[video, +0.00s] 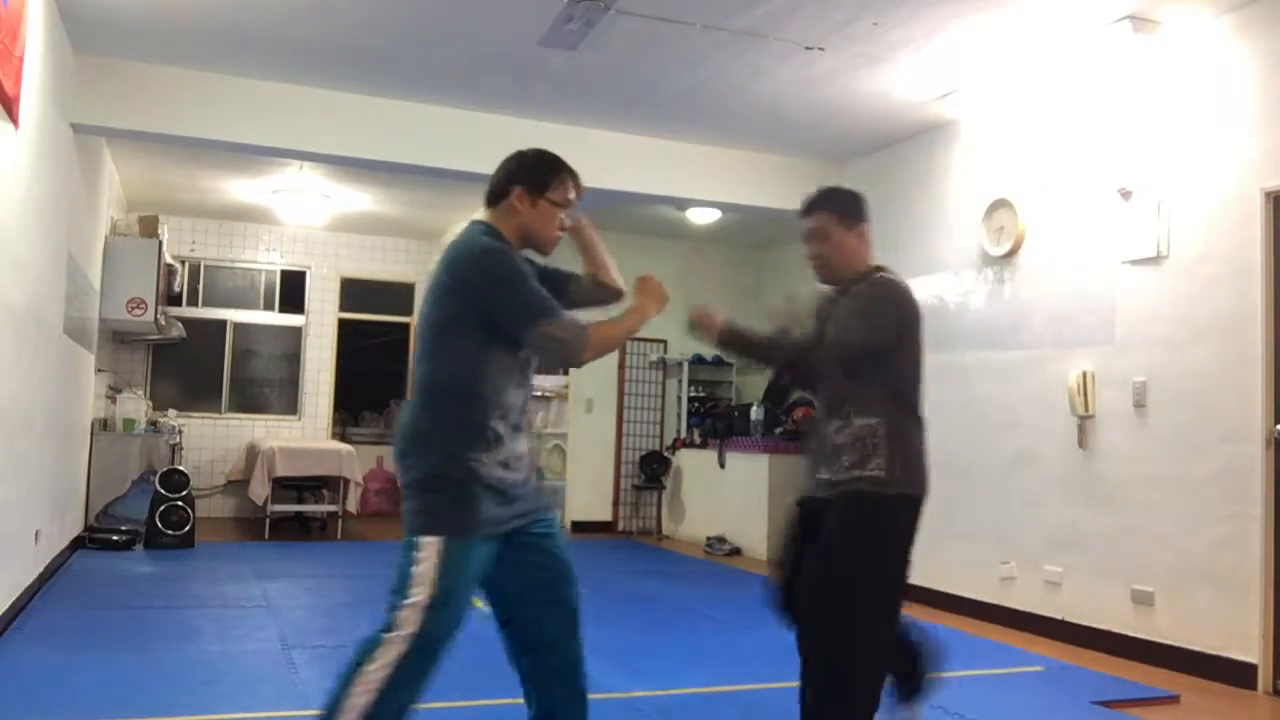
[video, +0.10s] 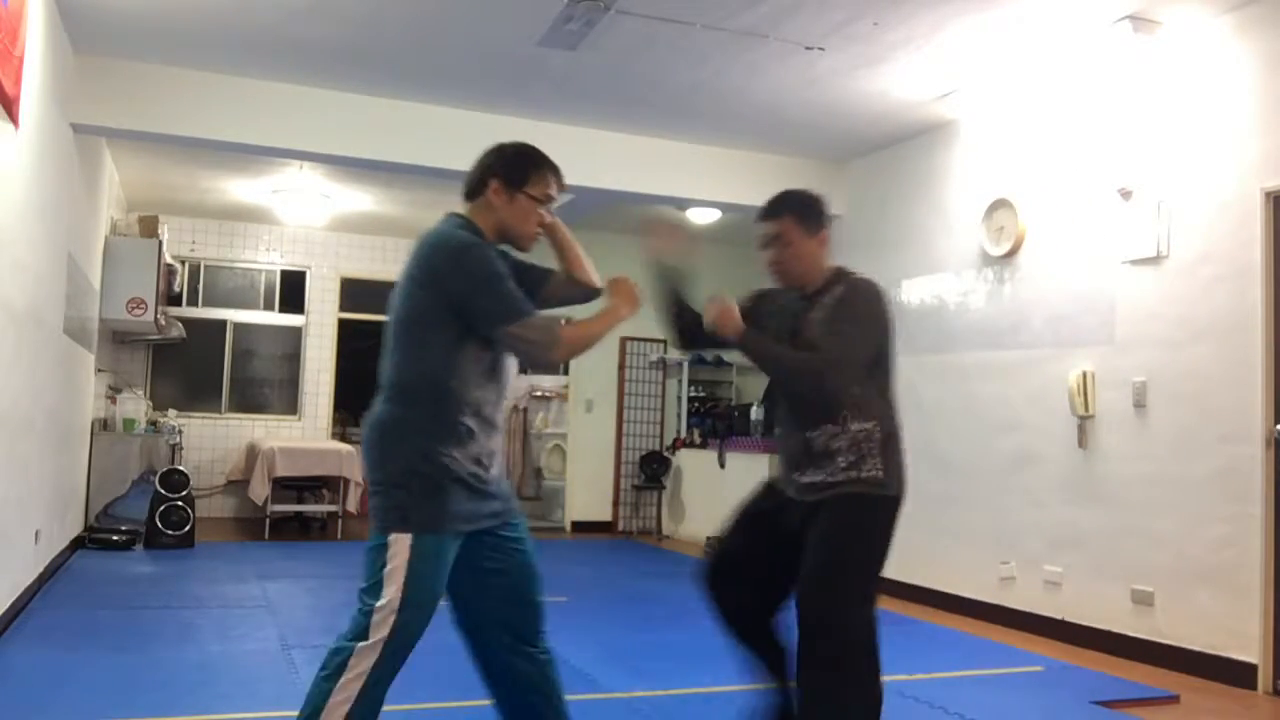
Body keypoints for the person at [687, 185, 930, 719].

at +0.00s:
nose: (812, 250)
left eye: (821, 237)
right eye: (807, 240)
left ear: (859, 234)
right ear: (808, 242)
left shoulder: (884, 296)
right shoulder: (836, 304)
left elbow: (825, 356)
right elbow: (817, 368)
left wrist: (727, 334)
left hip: (880, 487)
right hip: (836, 484)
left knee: (845, 611)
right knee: (801, 594)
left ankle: (835, 710)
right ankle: (902, 654)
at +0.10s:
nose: (770, 257)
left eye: (780, 243)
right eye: (765, 247)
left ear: (820, 237)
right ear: (766, 249)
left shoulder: (858, 298)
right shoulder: (773, 305)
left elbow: (826, 380)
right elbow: (693, 335)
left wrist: (743, 334)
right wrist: (669, 271)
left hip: (861, 488)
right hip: (799, 487)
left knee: (831, 615)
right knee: (732, 577)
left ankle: (837, 709)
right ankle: (792, 685)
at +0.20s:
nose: (732, 266)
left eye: (742, 253)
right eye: (729, 256)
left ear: (783, 250)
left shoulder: (820, 297)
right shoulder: (734, 309)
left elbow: (783, 345)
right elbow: (652, 319)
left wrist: (703, 295)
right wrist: (581, 275)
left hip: (826, 491)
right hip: (754, 489)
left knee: (821, 610)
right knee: (677, 584)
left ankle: (843, 714)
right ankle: (649, 705)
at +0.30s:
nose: (688, 265)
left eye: (698, 252)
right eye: (685, 254)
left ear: (739, 249)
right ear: (684, 254)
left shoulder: (776, 297)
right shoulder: (685, 311)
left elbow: (734, 349)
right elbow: (611, 342)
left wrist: (656, 296)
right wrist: (559, 299)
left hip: (772, 504)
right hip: (698, 502)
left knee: (793, 625)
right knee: (609, 627)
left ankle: (837, 713)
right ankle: (537, 706)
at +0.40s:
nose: (629, 251)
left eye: (639, 237)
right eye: (627, 238)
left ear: (676, 239)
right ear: (633, 242)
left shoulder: (721, 309)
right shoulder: (635, 307)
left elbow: (682, 393)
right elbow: (552, 352)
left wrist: (625, 327)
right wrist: (510, 306)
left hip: (701, 510)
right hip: (630, 504)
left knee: (738, 635)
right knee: (549, 631)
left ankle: (815, 714)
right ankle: (518, 710)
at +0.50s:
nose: (571, 243)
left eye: (579, 229)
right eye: (568, 231)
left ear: (617, 226)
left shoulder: (665, 300)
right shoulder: (589, 296)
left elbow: (638, 368)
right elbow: (526, 345)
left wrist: (587, 312)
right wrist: (484, 305)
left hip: (648, 495)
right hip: (583, 488)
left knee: (664, 624)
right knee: (521, 626)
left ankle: (758, 710)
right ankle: (499, 709)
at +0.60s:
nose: (526, 229)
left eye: (534, 215)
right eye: (525, 216)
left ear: (570, 213)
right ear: (566, 217)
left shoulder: (616, 281)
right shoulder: (556, 287)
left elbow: (578, 346)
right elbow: (518, 339)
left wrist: (518, 281)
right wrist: (470, 291)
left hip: (617, 484)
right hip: (560, 478)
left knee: (612, 619)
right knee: (515, 625)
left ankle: (680, 713)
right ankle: (502, 709)